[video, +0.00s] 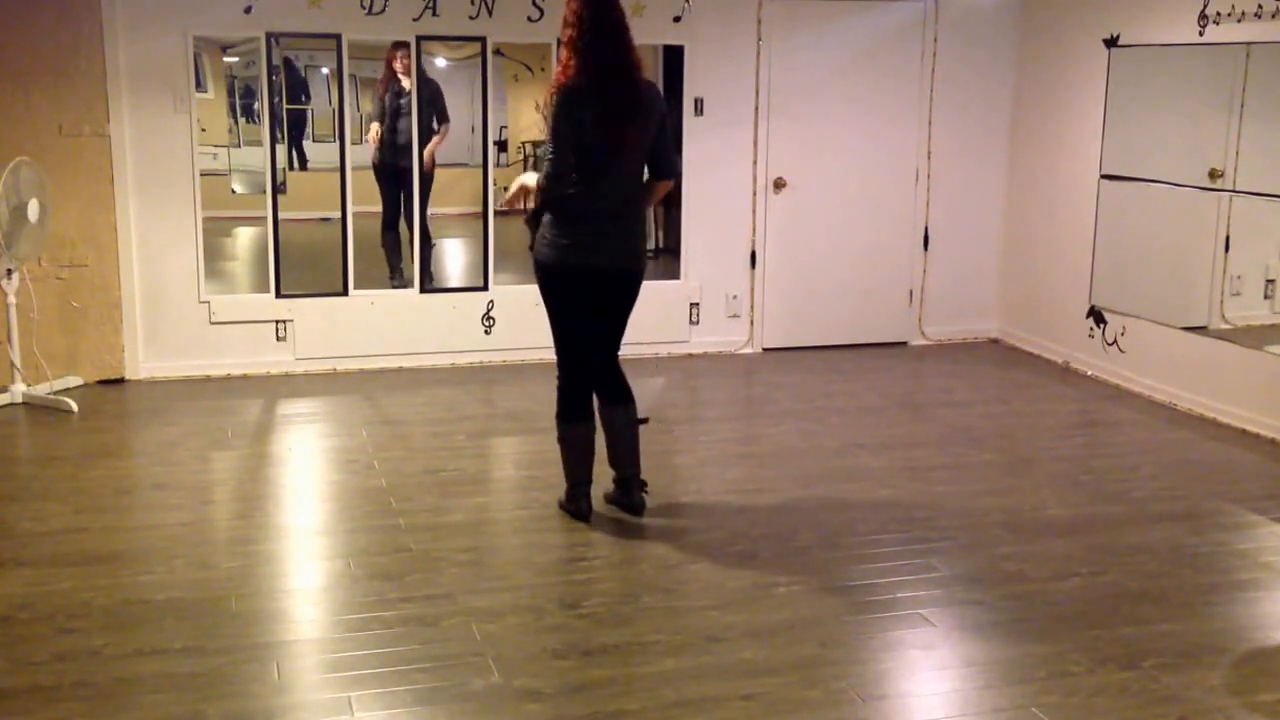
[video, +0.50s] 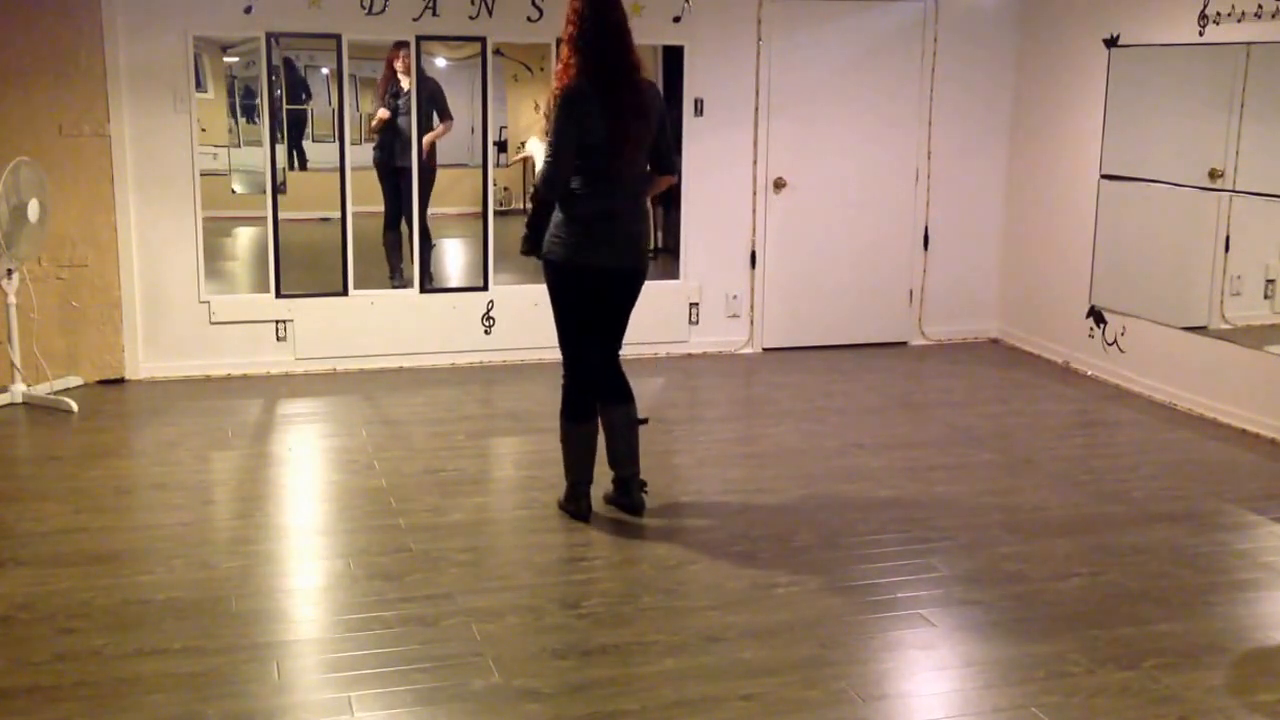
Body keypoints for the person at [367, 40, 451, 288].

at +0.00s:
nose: (400, 62)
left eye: (405, 57)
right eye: (396, 58)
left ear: (414, 59)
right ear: (390, 61)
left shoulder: (429, 86)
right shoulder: (384, 86)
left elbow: (444, 123)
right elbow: (377, 118)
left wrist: (431, 147)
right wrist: (374, 129)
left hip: (417, 161)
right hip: (387, 160)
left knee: (415, 217)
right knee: (390, 216)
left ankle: (425, 273)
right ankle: (395, 271)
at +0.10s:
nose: (401, 62)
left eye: (405, 58)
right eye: (397, 59)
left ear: (414, 60)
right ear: (391, 61)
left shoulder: (429, 86)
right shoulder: (384, 86)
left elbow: (445, 122)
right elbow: (377, 118)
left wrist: (432, 143)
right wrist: (375, 128)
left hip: (418, 161)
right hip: (388, 160)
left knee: (415, 217)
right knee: (391, 216)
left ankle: (425, 273)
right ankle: (395, 271)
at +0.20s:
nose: (401, 62)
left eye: (406, 58)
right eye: (398, 58)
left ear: (414, 60)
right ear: (391, 61)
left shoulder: (429, 86)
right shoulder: (384, 86)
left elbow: (446, 121)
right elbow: (377, 122)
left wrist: (432, 139)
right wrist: (375, 123)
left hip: (418, 162)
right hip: (388, 161)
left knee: (415, 217)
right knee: (391, 216)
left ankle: (425, 273)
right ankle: (395, 272)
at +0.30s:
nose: (402, 62)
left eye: (406, 58)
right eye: (398, 58)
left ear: (415, 60)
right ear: (391, 61)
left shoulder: (429, 85)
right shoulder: (385, 86)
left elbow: (447, 121)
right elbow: (373, 129)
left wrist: (431, 137)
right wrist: (379, 119)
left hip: (418, 162)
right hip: (388, 160)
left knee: (415, 217)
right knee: (392, 215)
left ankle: (425, 273)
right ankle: (395, 272)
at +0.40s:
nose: (402, 62)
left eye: (407, 57)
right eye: (398, 57)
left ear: (415, 60)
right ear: (391, 61)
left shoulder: (428, 85)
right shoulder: (387, 86)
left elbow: (447, 121)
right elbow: (373, 128)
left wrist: (429, 137)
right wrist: (378, 119)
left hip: (419, 161)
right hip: (389, 160)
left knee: (416, 216)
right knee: (392, 214)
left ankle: (424, 274)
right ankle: (395, 273)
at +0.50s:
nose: (402, 62)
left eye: (407, 57)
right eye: (398, 57)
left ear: (415, 60)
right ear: (391, 61)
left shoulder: (428, 85)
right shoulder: (386, 87)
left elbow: (447, 121)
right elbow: (372, 128)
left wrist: (429, 138)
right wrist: (378, 119)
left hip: (419, 161)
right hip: (389, 160)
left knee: (416, 217)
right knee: (392, 214)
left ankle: (424, 274)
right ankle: (395, 273)